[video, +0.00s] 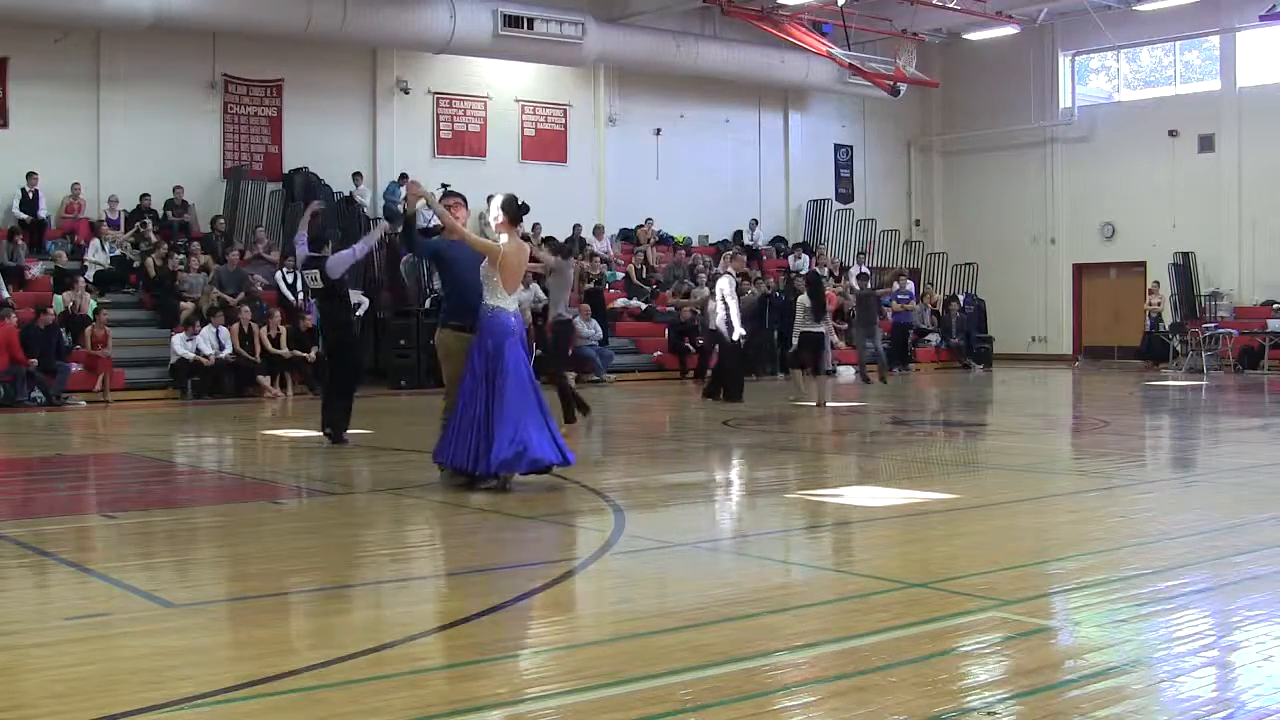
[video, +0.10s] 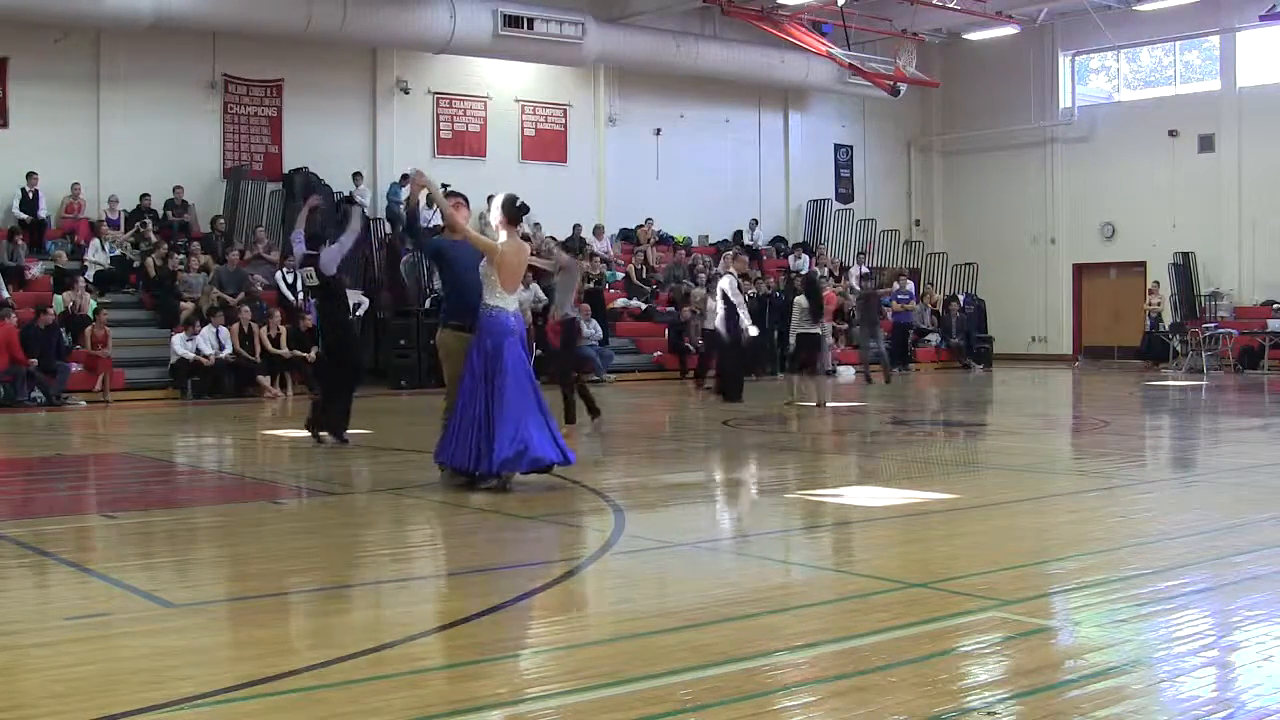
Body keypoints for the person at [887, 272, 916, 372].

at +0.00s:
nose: (903, 282)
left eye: (904, 280)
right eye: (901, 280)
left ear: (907, 281)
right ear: (898, 282)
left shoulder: (910, 294)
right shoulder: (895, 294)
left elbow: (913, 306)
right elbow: (894, 307)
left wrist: (901, 305)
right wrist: (907, 306)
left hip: (907, 322)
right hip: (897, 321)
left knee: (905, 344)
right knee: (896, 343)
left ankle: (905, 364)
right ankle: (895, 365)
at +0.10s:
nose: (903, 282)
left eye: (905, 280)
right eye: (901, 280)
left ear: (907, 281)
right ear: (898, 281)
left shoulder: (910, 294)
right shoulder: (895, 293)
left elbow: (913, 306)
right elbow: (894, 307)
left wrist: (901, 306)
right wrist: (908, 306)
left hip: (907, 321)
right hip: (897, 321)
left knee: (905, 343)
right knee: (896, 343)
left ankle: (905, 364)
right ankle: (895, 364)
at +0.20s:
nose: (903, 282)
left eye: (905, 280)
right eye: (901, 280)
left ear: (907, 281)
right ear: (898, 281)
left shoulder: (910, 293)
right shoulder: (894, 292)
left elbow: (913, 306)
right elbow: (894, 307)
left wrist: (900, 305)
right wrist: (908, 306)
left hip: (907, 321)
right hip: (897, 321)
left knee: (905, 343)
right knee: (896, 343)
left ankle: (905, 364)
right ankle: (895, 365)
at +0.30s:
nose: (903, 282)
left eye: (905, 280)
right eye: (901, 280)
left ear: (907, 281)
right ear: (898, 281)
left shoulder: (910, 293)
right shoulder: (895, 292)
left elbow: (913, 306)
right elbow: (894, 307)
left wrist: (900, 306)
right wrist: (908, 306)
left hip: (907, 321)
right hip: (897, 321)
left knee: (905, 343)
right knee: (896, 343)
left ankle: (905, 363)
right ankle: (895, 364)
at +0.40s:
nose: (903, 282)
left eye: (905, 280)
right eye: (901, 280)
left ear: (907, 281)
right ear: (898, 281)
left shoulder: (910, 294)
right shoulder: (895, 293)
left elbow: (913, 306)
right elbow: (894, 307)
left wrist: (900, 306)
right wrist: (908, 306)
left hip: (907, 321)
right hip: (897, 321)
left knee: (905, 343)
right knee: (896, 343)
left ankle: (905, 363)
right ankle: (896, 364)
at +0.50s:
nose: (903, 282)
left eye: (905, 280)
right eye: (901, 280)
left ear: (907, 281)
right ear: (898, 281)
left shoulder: (910, 294)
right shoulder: (894, 293)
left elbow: (913, 306)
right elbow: (894, 307)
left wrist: (900, 306)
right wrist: (908, 306)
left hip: (907, 321)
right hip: (897, 321)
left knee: (905, 343)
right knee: (896, 343)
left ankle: (905, 363)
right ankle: (895, 365)